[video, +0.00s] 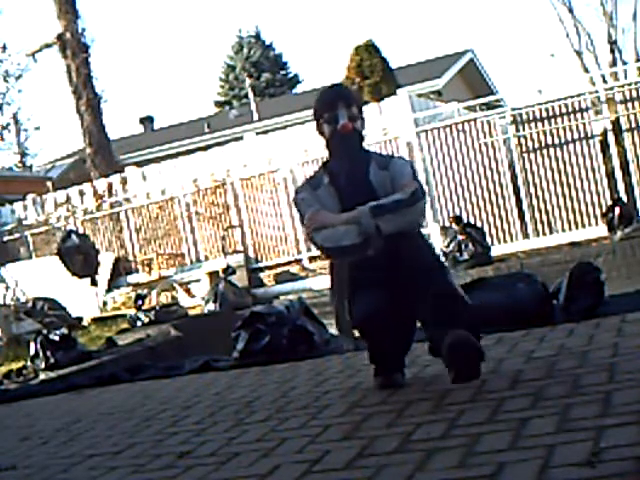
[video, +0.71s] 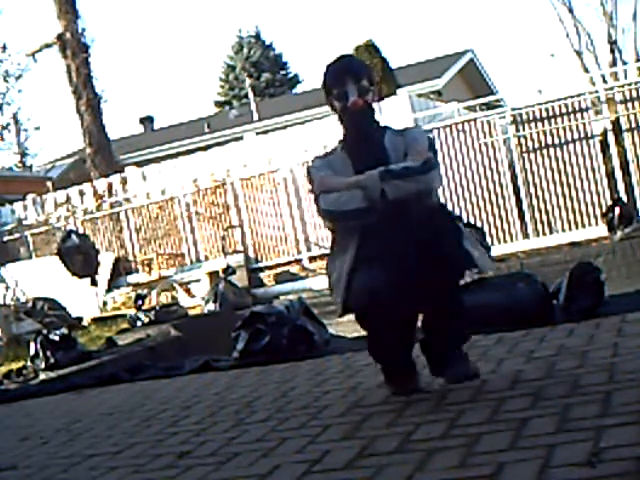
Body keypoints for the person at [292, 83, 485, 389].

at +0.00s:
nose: (344, 127)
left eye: (351, 118)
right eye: (333, 121)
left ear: (362, 121)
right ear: (320, 129)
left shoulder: (395, 167)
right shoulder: (310, 192)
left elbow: (414, 211)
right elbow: (328, 242)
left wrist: (341, 220)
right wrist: (388, 218)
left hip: (411, 263)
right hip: (363, 281)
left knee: (411, 246)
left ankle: (459, 350)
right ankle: (388, 366)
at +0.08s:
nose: (345, 105)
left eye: (351, 95)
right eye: (333, 99)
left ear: (362, 96)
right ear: (321, 107)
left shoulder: (394, 140)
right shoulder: (311, 167)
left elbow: (413, 179)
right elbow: (324, 210)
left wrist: (341, 187)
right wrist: (387, 179)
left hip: (418, 255)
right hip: (362, 271)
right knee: (379, 316)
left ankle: (462, 362)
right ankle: (388, 368)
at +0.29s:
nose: (354, 97)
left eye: (360, 86)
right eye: (342, 91)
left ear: (372, 87)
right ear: (331, 99)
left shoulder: (407, 131)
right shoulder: (326, 159)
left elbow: (421, 165)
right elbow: (330, 201)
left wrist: (345, 177)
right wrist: (388, 179)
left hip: (418, 244)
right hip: (364, 256)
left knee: (420, 292)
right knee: (371, 296)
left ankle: (436, 362)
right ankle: (383, 368)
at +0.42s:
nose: (369, 124)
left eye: (376, 112)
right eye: (357, 118)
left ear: (388, 113)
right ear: (348, 126)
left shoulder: (426, 158)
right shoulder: (341, 184)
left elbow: (433, 194)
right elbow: (344, 231)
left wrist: (360, 205)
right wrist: (402, 210)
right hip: (384, 286)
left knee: (407, 248)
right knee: (363, 260)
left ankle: (434, 360)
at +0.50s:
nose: (364, 110)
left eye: (370, 99)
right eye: (352, 103)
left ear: (383, 99)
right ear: (341, 110)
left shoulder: (421, 143)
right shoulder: (337, 171)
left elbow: (435, 188)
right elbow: (340, 210)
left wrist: (359, 188)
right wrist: (404, 194)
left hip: (428, 264)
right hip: (370, 275)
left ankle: (436, 360)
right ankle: (377, 368)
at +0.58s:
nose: (357, 98)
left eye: (363, 87)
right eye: (345, 92)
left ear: (375, 86)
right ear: (335, 101)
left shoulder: (416, 131)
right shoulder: (333, 157)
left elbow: (433, 169)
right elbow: (335, 198)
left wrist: (361, 175)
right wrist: (397, 180)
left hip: (420, 239)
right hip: (366, 250)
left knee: (435, 292)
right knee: (376, 299)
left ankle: (438, 360)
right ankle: (376, 361)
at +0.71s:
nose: (355, 102)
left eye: (361, 90)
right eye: (343, 95)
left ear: (374, 92)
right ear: (331, 103)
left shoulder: (411, 139)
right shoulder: (326, 166)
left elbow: (429, 179)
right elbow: (330, 207)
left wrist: (350, 183)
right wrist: (399, 185)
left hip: (424, 244)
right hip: (369, 260)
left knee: (439, 266)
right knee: (375, 292)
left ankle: (448, 355)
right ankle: (398, 370)